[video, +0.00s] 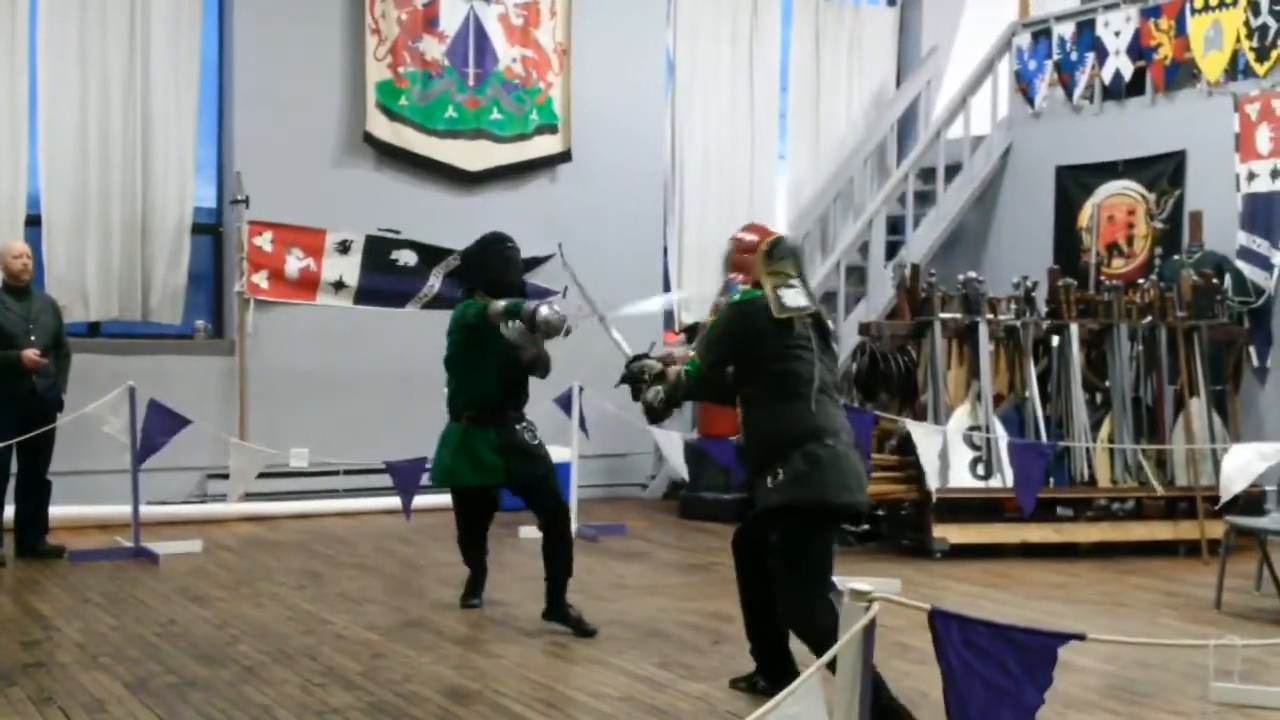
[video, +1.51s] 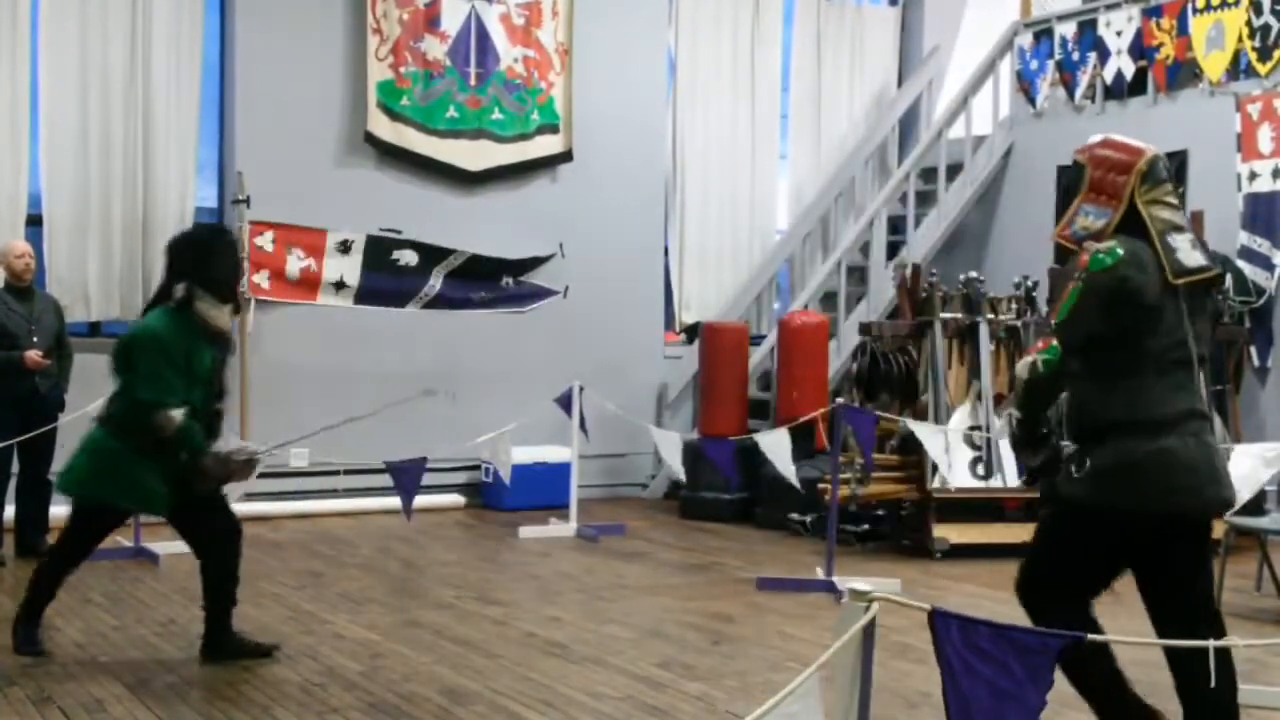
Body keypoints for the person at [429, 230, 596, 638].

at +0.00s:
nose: (518, 273)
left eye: (519, 266)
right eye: (508, 265)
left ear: (518, 271)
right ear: (485, 271)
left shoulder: (517, 320)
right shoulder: (468, 313)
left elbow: (542, 369)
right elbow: (496, 311)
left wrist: (530, 343)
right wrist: (534, 314)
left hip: (514, 432)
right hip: (469, 435)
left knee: (556, 513)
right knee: (471, 527)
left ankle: (556, 603)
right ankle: (476, 574)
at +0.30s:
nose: (518, 259)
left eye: (518, 250)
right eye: (509, 252)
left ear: (516, 256)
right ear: (486, 259)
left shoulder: (523, 308)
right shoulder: (468, 308)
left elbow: (534, 348)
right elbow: (493, 333)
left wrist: (549, 354)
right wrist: (520, 342)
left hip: (511, 428)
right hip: (465, 432)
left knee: (540, 526)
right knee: (482, 534)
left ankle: (538, 613)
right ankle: (477, 569)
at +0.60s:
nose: (454, 271)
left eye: (452, 264)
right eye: (445, 264)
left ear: (445, 273)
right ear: (424, 272)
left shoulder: (463, 324)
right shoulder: (404, 332)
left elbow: (497, 357)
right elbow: (451, 355)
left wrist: (532, 346)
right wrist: (509, 317)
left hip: (453, 453)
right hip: (406, 456)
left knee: (503, 530)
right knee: (416, 544)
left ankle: (527, 612)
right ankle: (406, 652)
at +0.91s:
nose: (378, 266)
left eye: (378, 256)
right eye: (368, 257)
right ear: (344, 264)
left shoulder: (383, 327)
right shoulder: (321, 325)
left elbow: (399, 386)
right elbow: (353, 378)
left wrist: (403, 409)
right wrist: (388, 392)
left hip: (363, 453)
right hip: (331, 455)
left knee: (369, 555)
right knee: (376, 550)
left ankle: (273, 600)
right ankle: (374, 663)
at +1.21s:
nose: (311, 247)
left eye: (310, 236)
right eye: (302, 236)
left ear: (273, 244)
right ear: (279, 243)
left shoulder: (297, 309)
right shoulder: (235, 306)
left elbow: (310, 378)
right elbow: (237, 386)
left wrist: (310, 430)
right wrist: (284, 435)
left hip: (265, 444)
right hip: (221, 439)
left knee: (262, 540)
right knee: (231, 531)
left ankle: (224, 636)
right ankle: (171, 620)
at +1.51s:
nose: (237, 274)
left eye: (235, 264)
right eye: (228, 264)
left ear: (206, 274)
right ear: (199, 272)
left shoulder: (212, 332)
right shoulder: (157, 332)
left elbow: (207, 404)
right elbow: (156, 411)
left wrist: (207, 448)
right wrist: (200, 451)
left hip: (171, 466)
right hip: (122, 462)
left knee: (222, 535)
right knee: (74, 545)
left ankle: (219, 636)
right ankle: (27, 621)